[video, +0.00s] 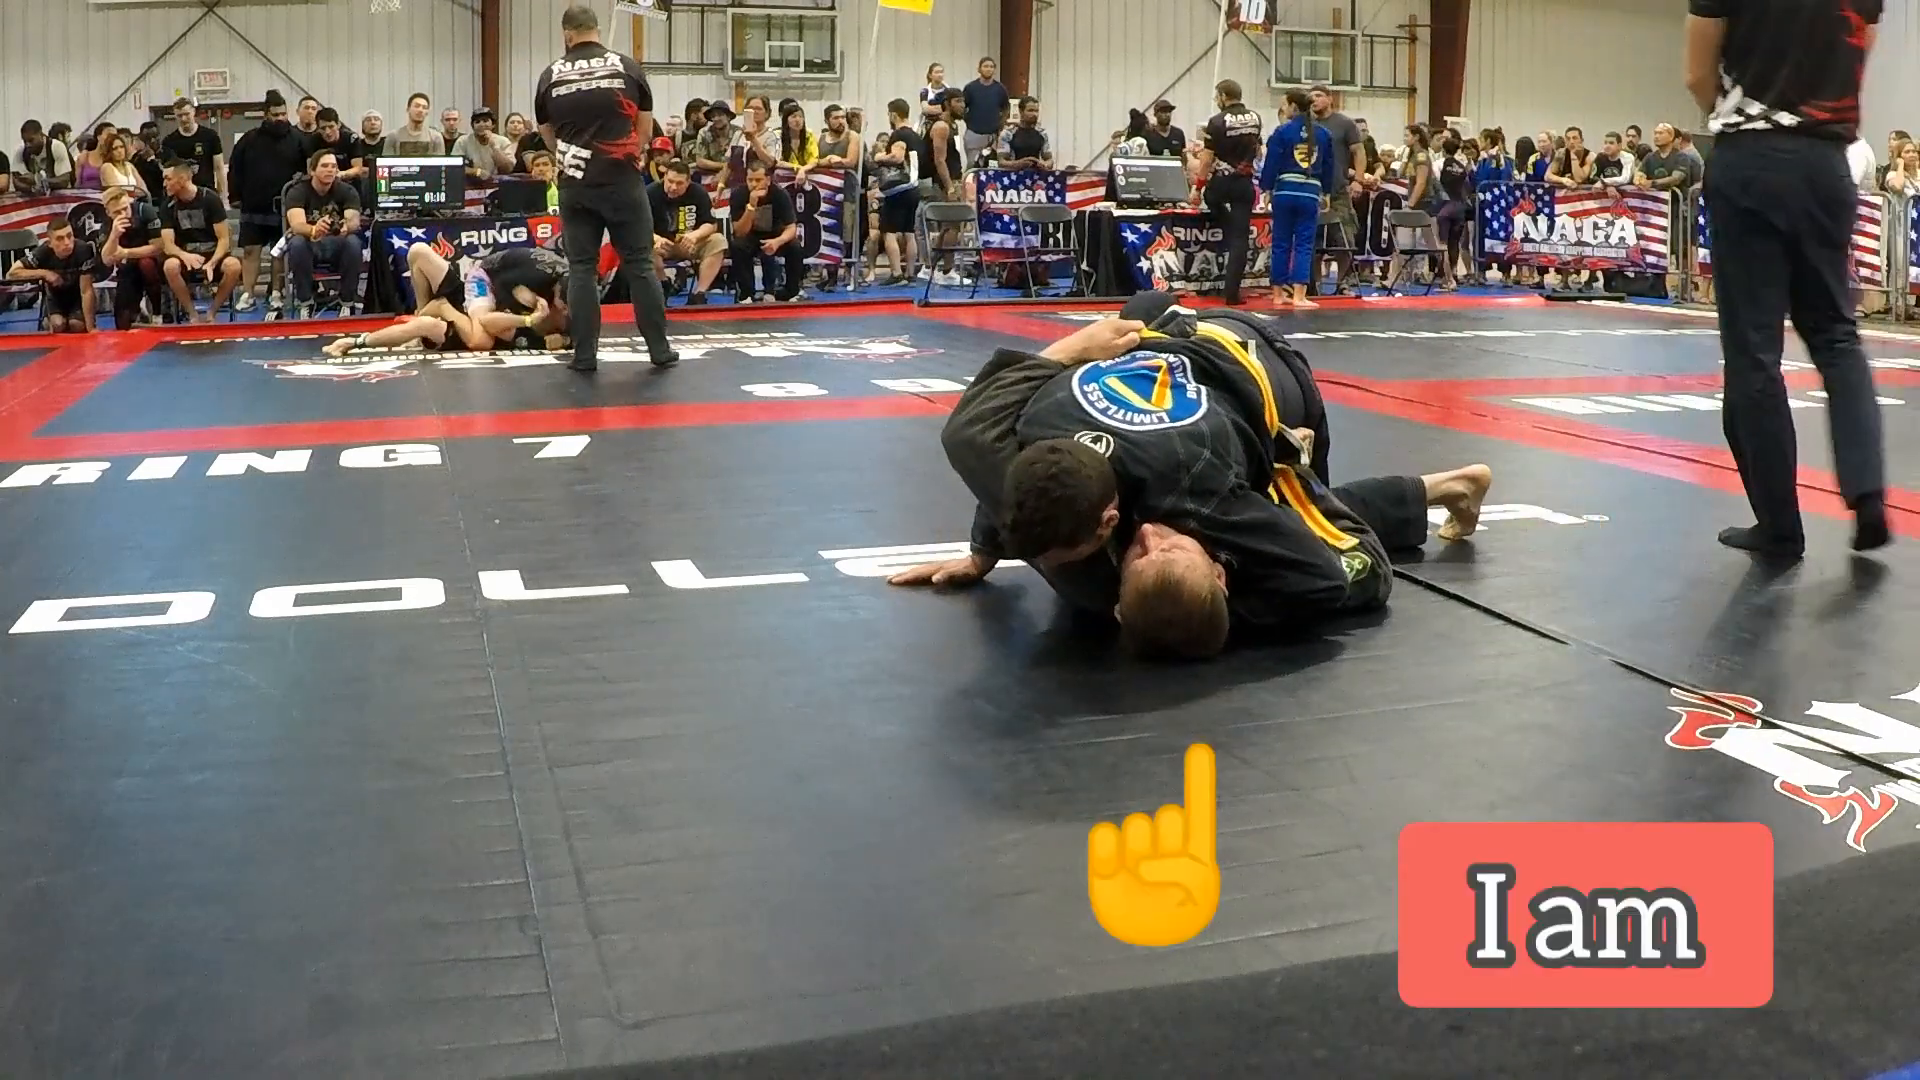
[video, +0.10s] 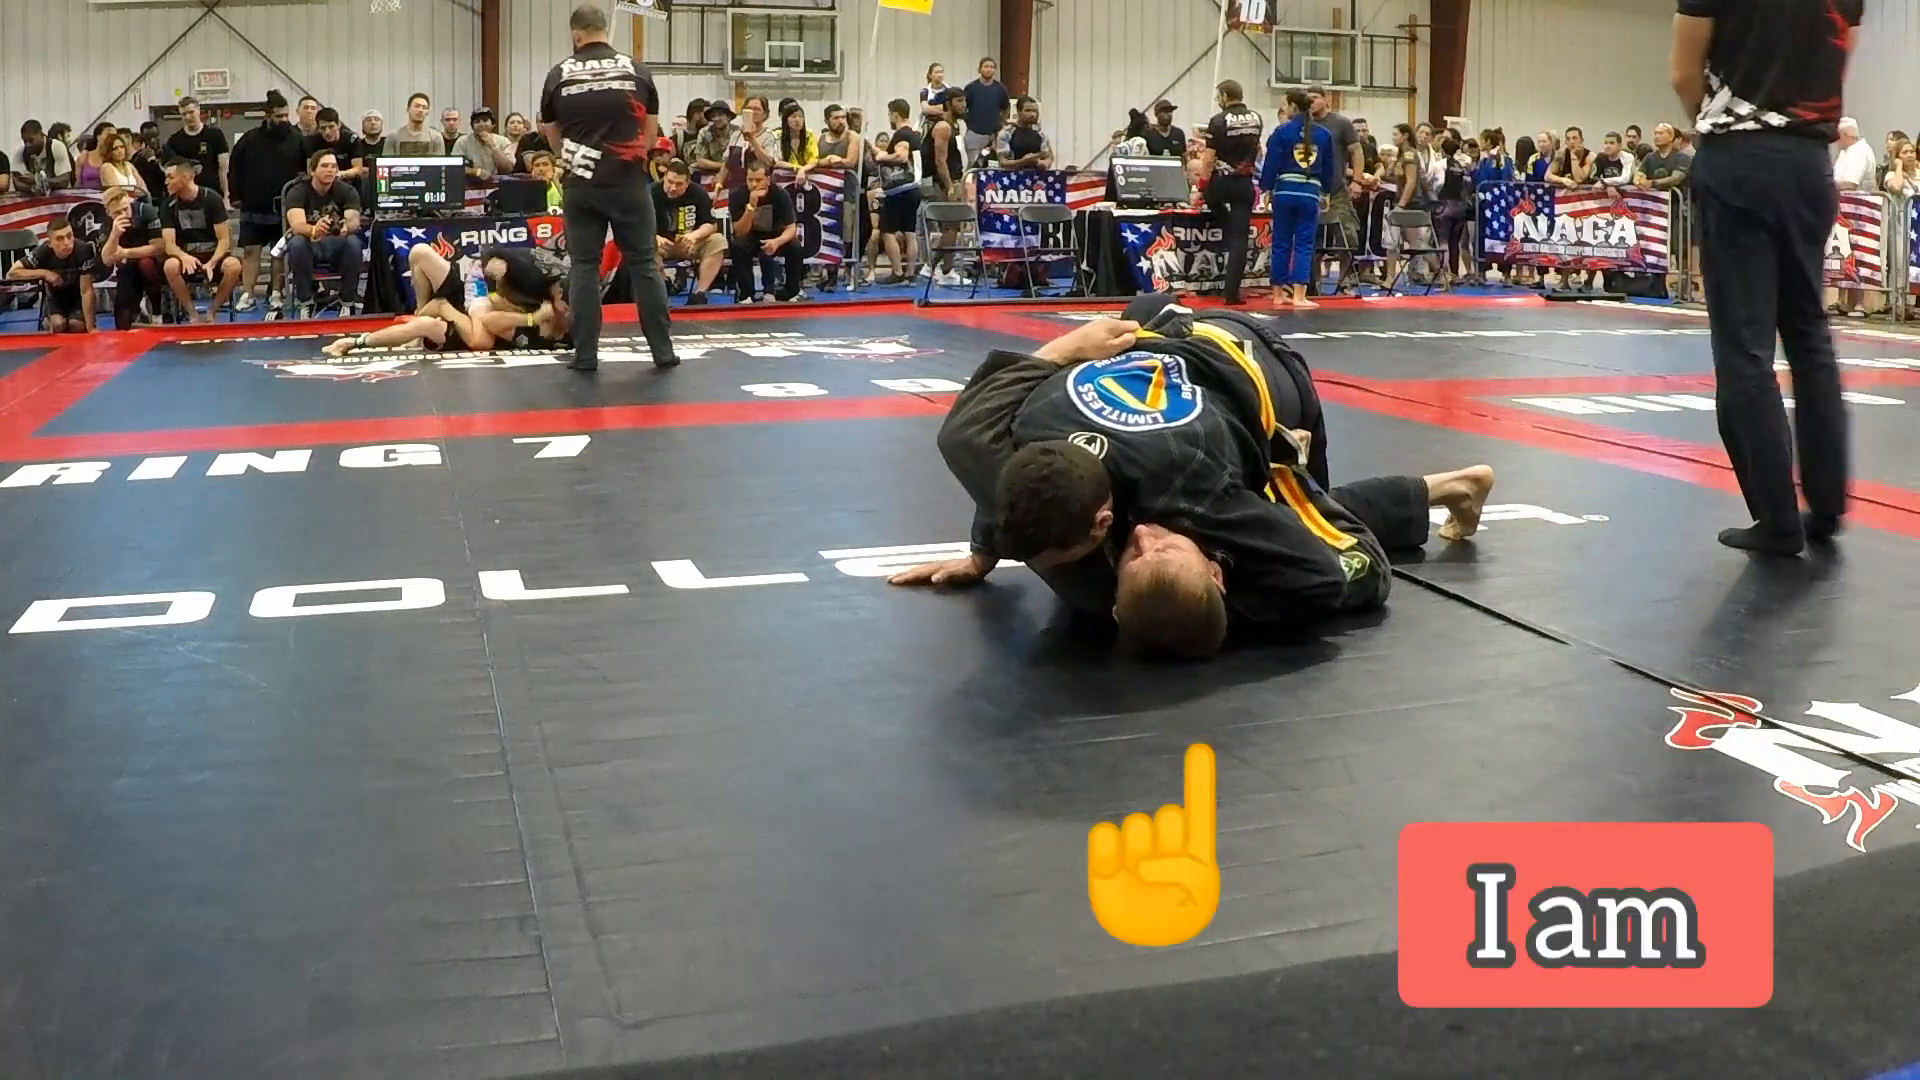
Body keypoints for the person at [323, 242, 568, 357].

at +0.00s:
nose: (554, 304)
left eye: (561, 304)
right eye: (557, 300)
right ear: (553, 298)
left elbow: (481, 330)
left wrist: (448, 311)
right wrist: (532, 305)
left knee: (423, 324)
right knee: (418, 252)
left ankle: (353, 343)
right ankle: (422, 317)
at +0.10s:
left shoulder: (532, 330)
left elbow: (480, 333)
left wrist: (448, 310)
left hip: (473, 339)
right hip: (471, 309)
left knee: (422, 325)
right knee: (420, 254)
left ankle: (352, 343)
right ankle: (422, 313)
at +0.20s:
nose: (557, 296)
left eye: (563, 299)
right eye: (561, 294)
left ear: (563, 317)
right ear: (556, 295)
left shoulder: (537, 335)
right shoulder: (538, 296)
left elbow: (487, 322)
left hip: (471, 337)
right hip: (468, 306)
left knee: (419, 320)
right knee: (420, 253)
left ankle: (351, 343)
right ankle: (422, 316)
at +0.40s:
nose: (571, 317)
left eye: (574, 315)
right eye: (570, 311)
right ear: (558, 299)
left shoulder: (542, 324)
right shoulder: (535, 295)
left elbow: (495, 328)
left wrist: (538, 311)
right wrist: (493, 283)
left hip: (468, 332)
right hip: (467, 294)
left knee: (409, 305)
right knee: (418, 247)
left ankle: (347, 341)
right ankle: (421, 329)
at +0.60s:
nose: (566, 317)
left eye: (570, 321)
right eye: (572, 315)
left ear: (565, 328)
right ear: (566, 303)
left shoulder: (542, 331)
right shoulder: (535, 290)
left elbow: (495, 329)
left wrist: (537, 308)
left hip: (473, 328)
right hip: (471, 283)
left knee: (413, 309)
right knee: (424, 249)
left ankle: (348, 341)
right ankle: (409, 321)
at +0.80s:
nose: (565, 310)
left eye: (571, 312)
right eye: (570, 306)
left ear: (571, 324)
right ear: (566, 299)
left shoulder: (545, 336)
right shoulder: (545, 306)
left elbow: (496, 322)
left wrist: (528, 308)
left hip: (473, 332)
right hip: (470, 307)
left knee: (414, 315)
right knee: (426, 253)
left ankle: (349, 342)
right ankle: (399, 323)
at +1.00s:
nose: (575, 314)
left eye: (583, 313)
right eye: (579, 307)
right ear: (569, 289)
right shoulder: (546, 273)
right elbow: (514, 252)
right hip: (480, 273)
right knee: (480, 341)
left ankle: (432, 308)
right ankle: (433, 309)